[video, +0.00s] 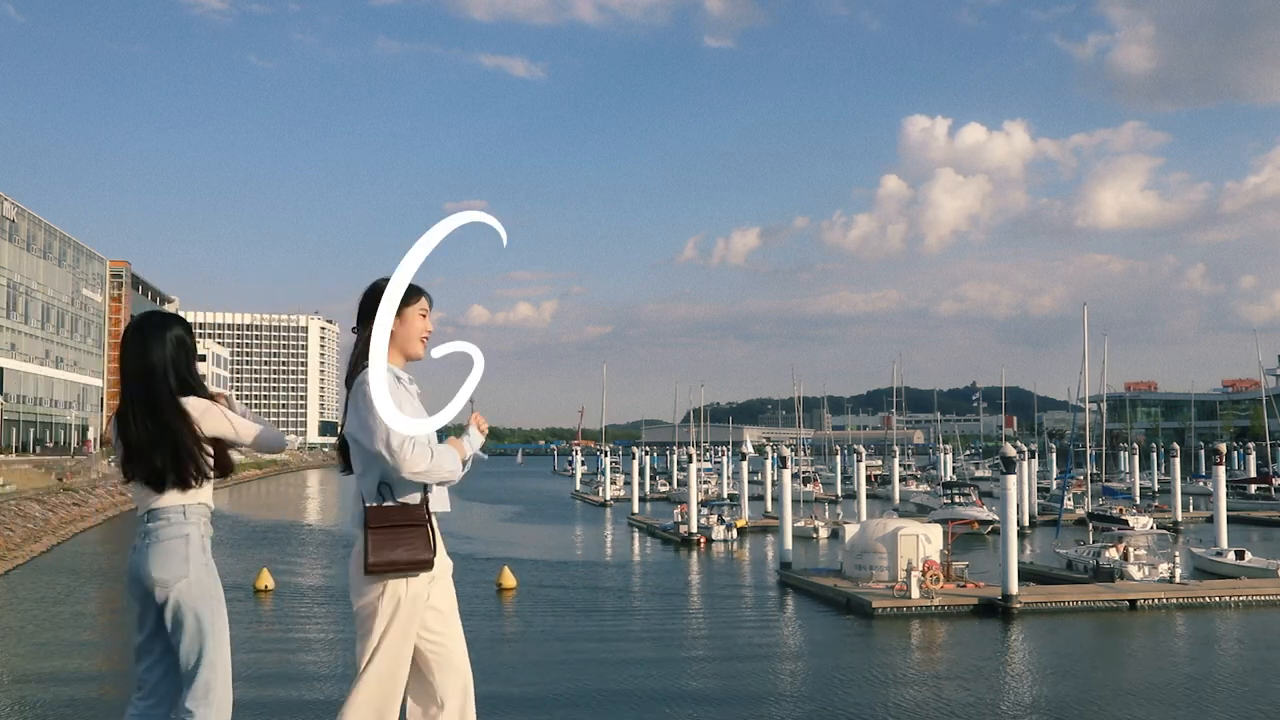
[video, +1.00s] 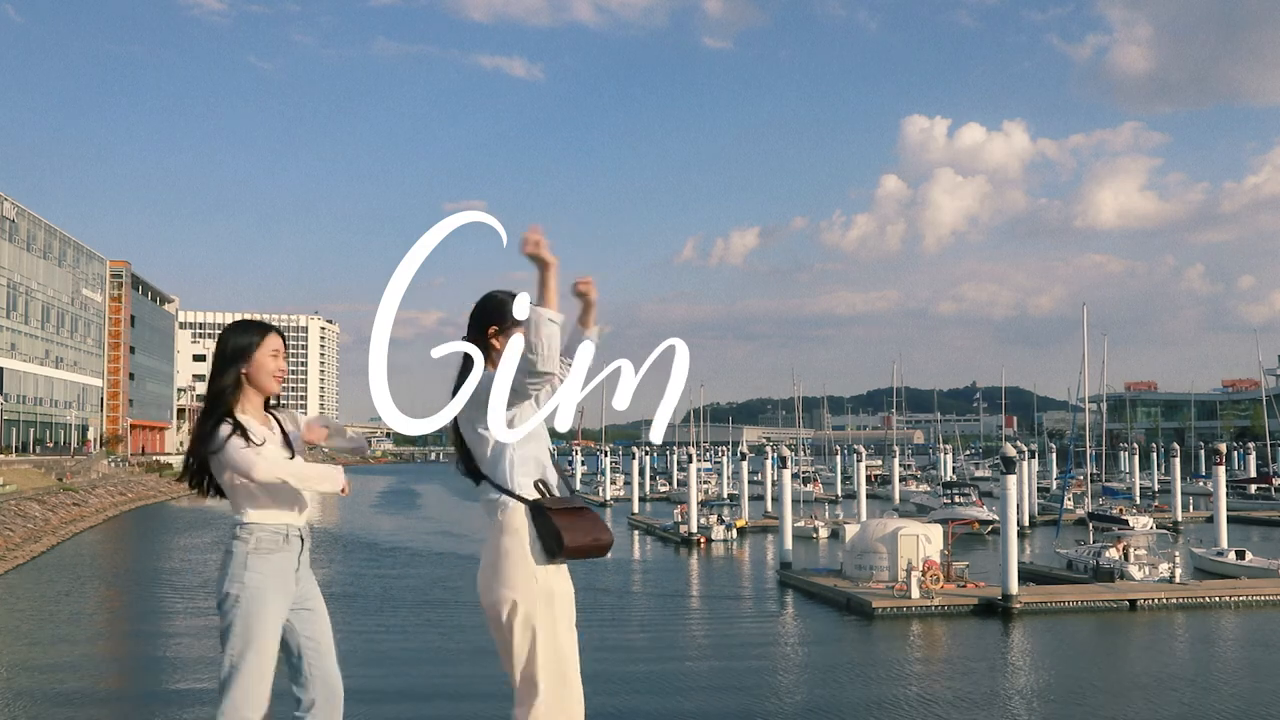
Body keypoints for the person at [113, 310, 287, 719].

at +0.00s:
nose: (195, 359)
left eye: (192, 351)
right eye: (190, 351)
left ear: (131, 361)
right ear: (181, 358)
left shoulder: (124, 419)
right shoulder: (195, 410)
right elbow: (276, 441)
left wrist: (204, 408)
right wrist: (231, 407)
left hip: (145, 551)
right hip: (185, 553)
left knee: (153, 688)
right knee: (210, 690)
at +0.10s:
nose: (202, 365)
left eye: (200, 355)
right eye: (195, 356)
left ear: (145, 363)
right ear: (178, 362)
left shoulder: (150, 417)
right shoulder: (181, 413)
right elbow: (253, 460)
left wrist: (231, 474)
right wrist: (276, 451)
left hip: (153, 562)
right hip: (171, 566)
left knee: (156, 692)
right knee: (219, 689)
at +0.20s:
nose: (206, 376)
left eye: (207, 366)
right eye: (195, 368)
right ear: (167, 373)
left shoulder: (168, 422)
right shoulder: (166, 425)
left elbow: (194, 499)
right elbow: (213, 494)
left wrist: (230, 478)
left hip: (179, 569)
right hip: (166, 573)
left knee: (160, 699)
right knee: (226, 699)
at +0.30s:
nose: (204, 379)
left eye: (211, 371)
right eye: (194, 366)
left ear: (215, 378)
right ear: (167, 368)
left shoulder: (206, 433)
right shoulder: (144, 432)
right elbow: (164, 506)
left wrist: (254, 447)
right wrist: (224, 502)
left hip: (210, 568)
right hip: (171, 570)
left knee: (187, 698)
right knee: (228, 700)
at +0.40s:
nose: (206, 374)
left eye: (214, 368)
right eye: (196, 362)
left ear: (219, 378)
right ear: (170, 365)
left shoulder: (220, 429)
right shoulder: (139, 432)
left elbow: (283, 452)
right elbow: (167, 494)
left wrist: (260, 469)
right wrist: (221, 441)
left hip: (224, 570)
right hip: (176, 571)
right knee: (222, 703)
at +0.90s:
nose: (259, 361)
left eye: (265, 354)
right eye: (248, 350)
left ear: (269, 364)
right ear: (219, 356)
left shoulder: (277, 412)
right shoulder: (198, 423)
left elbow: (341, 421)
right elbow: (219, 462)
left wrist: (295, 407)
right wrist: (284, 435)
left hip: (283, 561)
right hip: (232, 560)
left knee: (319, 687)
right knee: (220, 697)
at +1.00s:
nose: (283, 366)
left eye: (283, 357)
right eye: (273, 356)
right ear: (243, 364)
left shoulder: (282, 422)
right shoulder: (222, 428)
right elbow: (258, 468)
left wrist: (314, 435)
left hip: (297, 562)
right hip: (257, 562)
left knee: (325, 695)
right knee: (245, 699)